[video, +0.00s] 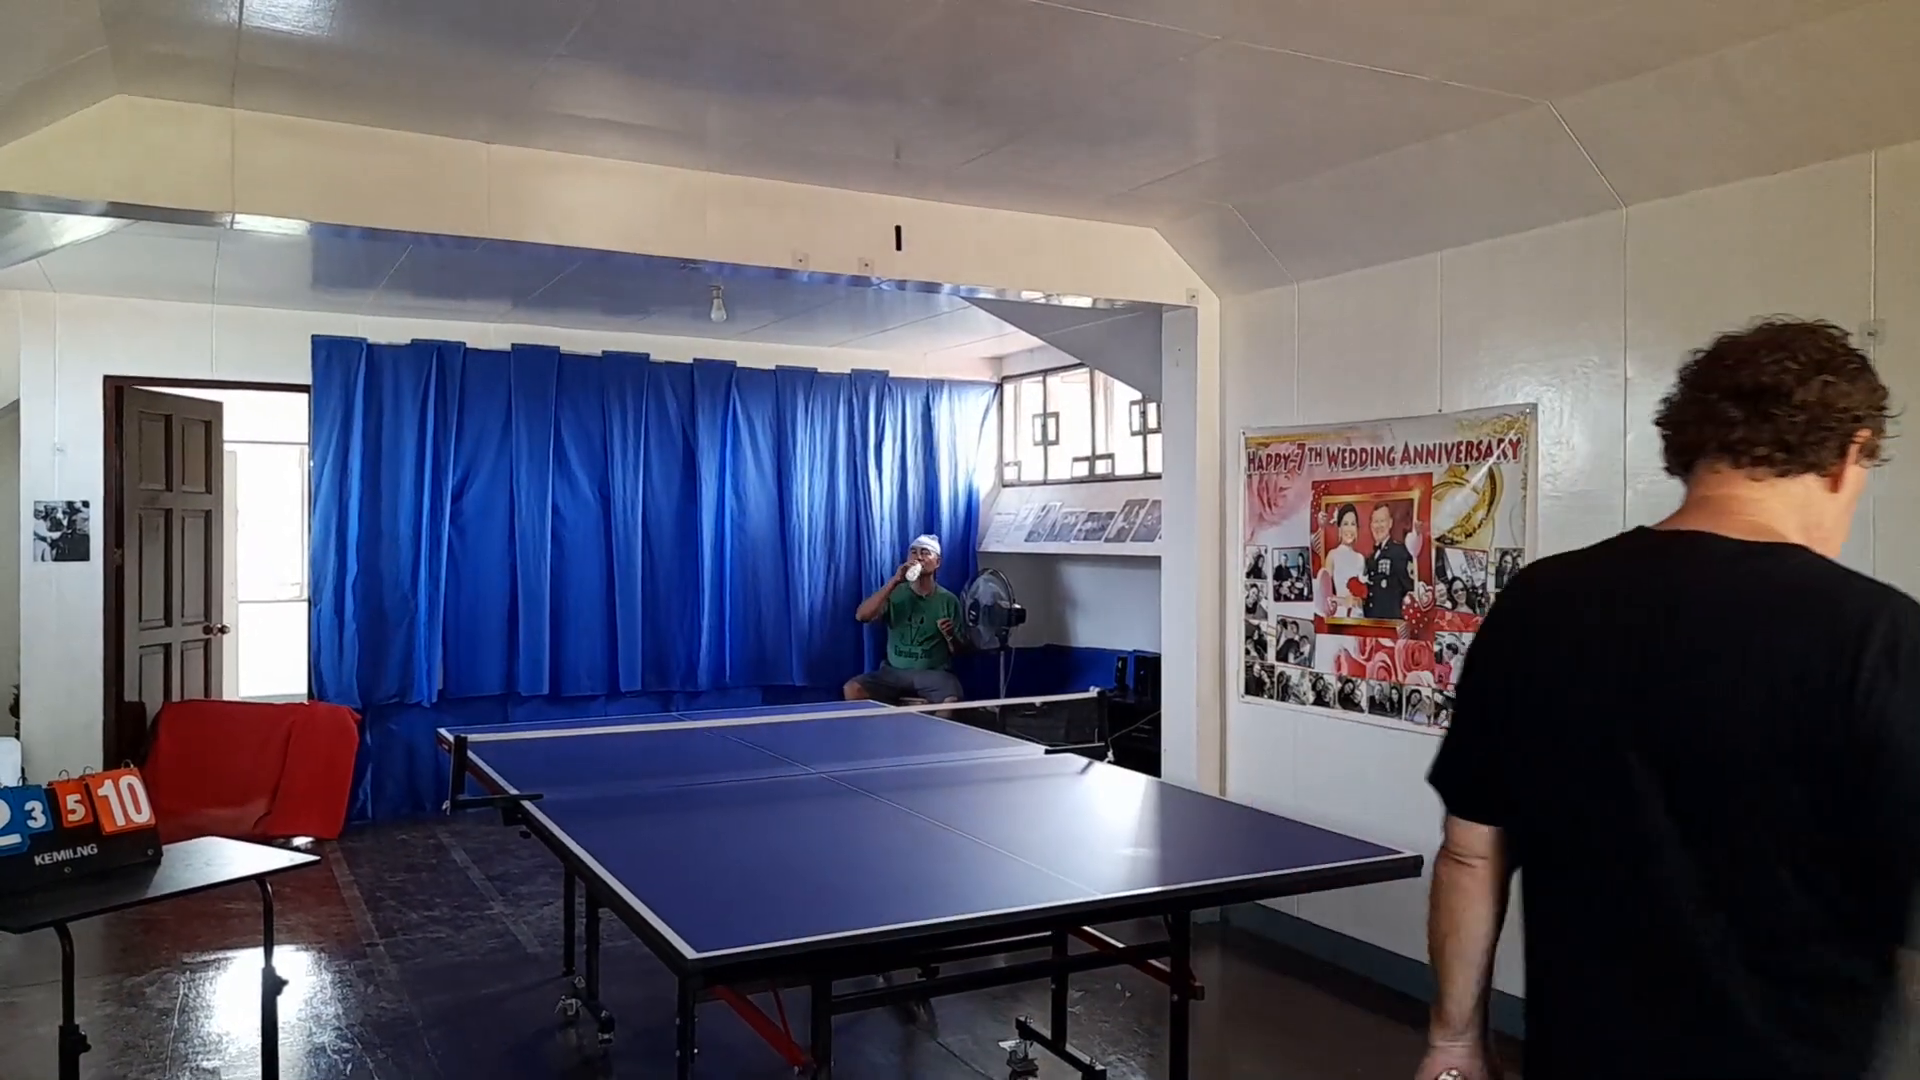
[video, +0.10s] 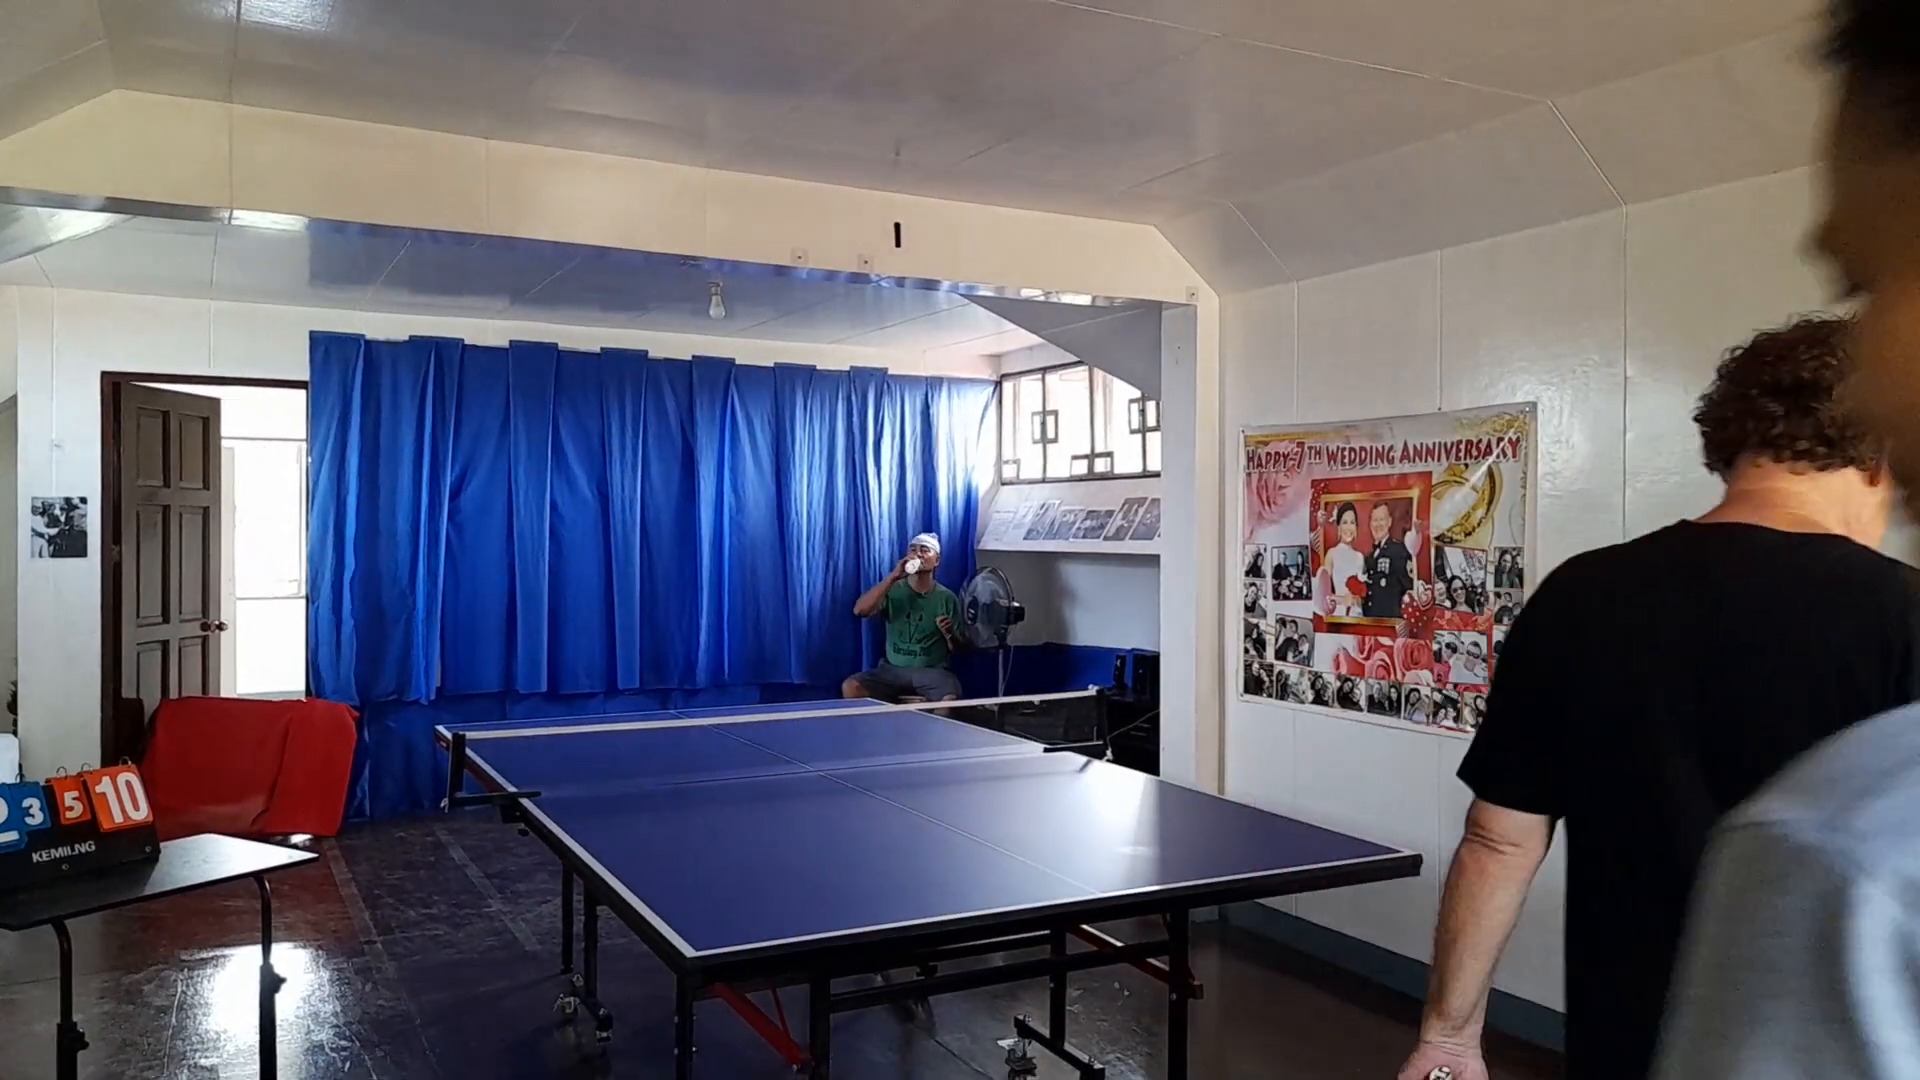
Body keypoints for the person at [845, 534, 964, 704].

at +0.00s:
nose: (919, 557)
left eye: (926, 553)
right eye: (914, 552)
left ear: (937, 562)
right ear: (908, 558)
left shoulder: (949, 601)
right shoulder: (894, 594)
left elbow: (958, 650)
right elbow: (862, 615)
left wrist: (950, 636)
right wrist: (895, 581)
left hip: (932, 674)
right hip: (893, 671)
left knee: (951, 702)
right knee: (853, 689)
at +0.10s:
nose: (918, 554)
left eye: (925, 550)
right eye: (913, 550)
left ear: (937, 560)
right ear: (907, 556)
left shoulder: (947, 598)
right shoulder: (892, 590)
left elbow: (957, 648)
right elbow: (860, 609)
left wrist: (949, 634)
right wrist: (893, 576)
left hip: (931, 672)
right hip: (892, 670)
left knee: (949, 700)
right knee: (851, 687)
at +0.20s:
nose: (920, 554)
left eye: (927, 550)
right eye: (915, 549)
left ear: (938, 561)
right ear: (908, 556)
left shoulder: (949, 599)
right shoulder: (893, 591)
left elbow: (958, 649)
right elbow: (861, 607)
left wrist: (950, 634)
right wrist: (895, 574)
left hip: (933, 673)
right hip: (893, 670)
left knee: (950, 701)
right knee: (852, 688)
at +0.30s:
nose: (920, 553)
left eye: (927, 549)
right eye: (915, 548)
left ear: (938, 561)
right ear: (908, 556)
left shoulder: (948, 598)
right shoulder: (892, 590)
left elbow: (958, 648)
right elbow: (860, 604)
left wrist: (949, 632)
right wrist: (895, 572)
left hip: (932, 672)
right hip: (893, 670)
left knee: (950, 701)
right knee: (852, 688)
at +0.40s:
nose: (921, 554)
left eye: (928, 550)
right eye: (917, 549)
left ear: (938, 562)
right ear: (909, 556)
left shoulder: (948, 599)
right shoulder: (892, 590)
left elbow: (959, 648)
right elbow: (860, 602)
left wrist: (949, 632)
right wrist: (895, 571)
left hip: (932, 673)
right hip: (892, 671)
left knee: (950, 702)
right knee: (852, 689)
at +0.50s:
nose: (923, 555)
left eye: (930, 552)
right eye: (919, 551)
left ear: (940, 564)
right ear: (910, 558)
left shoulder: (949, 601)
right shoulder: (894, 592)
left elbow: (959, 649)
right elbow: (861, 603)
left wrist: (950, 633)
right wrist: (896, 571)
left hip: (933, 675)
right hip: (893, 673)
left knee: (950, 704)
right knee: (853, 691)